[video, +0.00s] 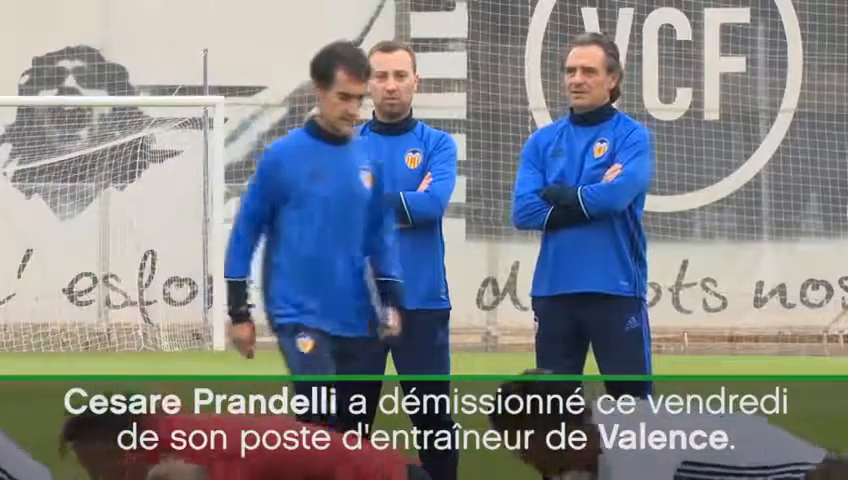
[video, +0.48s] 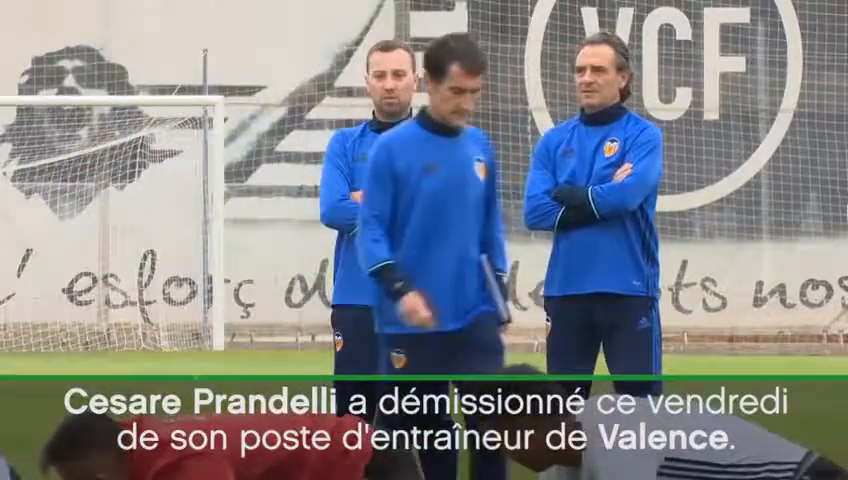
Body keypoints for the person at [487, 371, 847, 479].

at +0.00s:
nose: (525, 457)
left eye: (521, 447)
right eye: (518, 447)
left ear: (541, 439)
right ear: (569, 406)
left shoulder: (630, 465)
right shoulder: (606, 414)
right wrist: (569, 474)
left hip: (809, 469)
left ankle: (819, 464)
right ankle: (818, 461)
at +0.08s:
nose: (514, 452)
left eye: (512, 439)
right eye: (507, 441)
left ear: (539, 433)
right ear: (561, 409)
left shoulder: (620, 463)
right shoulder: (603, 419)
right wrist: (564, 473)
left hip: (811, 472)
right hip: (809, 463)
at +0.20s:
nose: (503, 455)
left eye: (499, 442)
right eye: (495, 444)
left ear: (525, 432)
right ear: (542, 409)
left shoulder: (610, 465)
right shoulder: (591, 418)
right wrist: (554, 471)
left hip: (801, 472)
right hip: (801, 460)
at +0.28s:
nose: (501, 454)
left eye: (497, 442)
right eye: (493, 444)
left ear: (522, 431)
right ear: (539, 407)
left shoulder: (607, 465)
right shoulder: (590, 415)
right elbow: (555, 470)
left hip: (799, 472)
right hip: (800, 460)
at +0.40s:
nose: (507, 455)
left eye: (503, 442)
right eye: (498, 444)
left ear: (527, 429)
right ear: (543, 407)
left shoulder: (609, 464)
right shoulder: (593, 417)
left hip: (798, 472)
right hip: (797, 460)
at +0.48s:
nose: (507, 453)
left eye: (504, 440)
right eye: (500, 442)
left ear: (528, 430)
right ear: (546, 408)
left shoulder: (614, 460)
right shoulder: (595, 424)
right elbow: (554, 475)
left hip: (805, 472)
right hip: (799, 463)